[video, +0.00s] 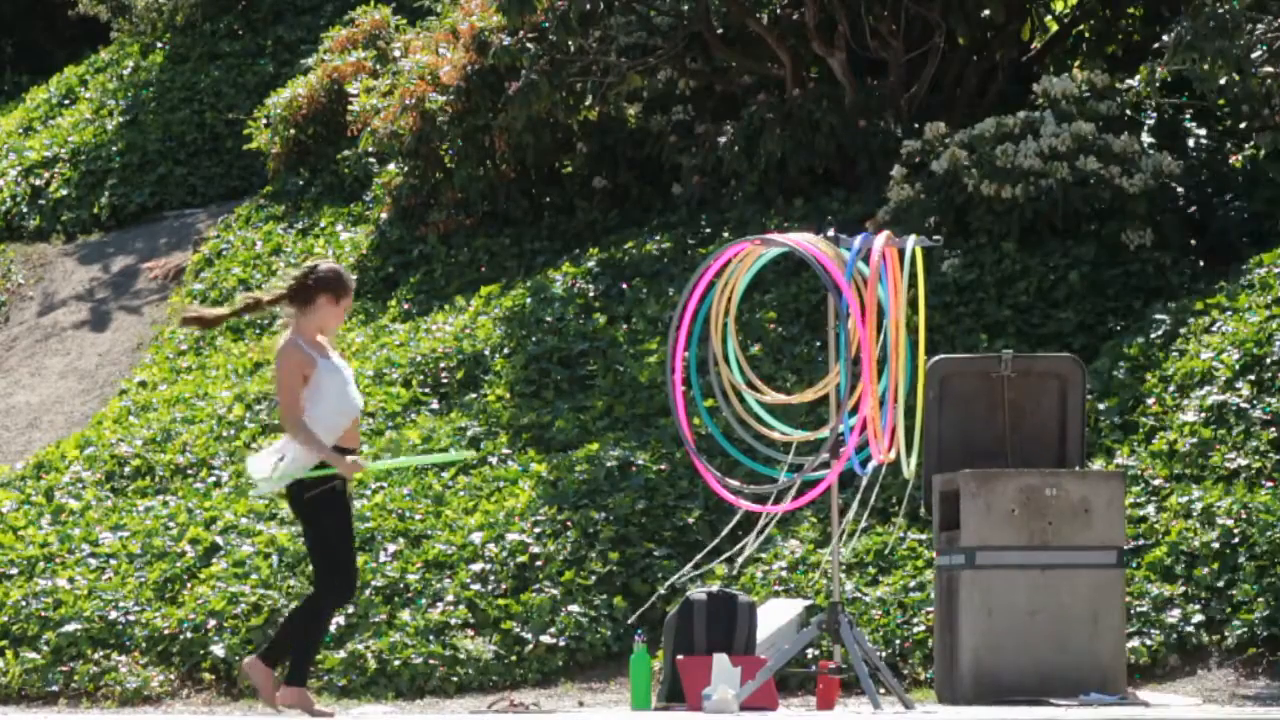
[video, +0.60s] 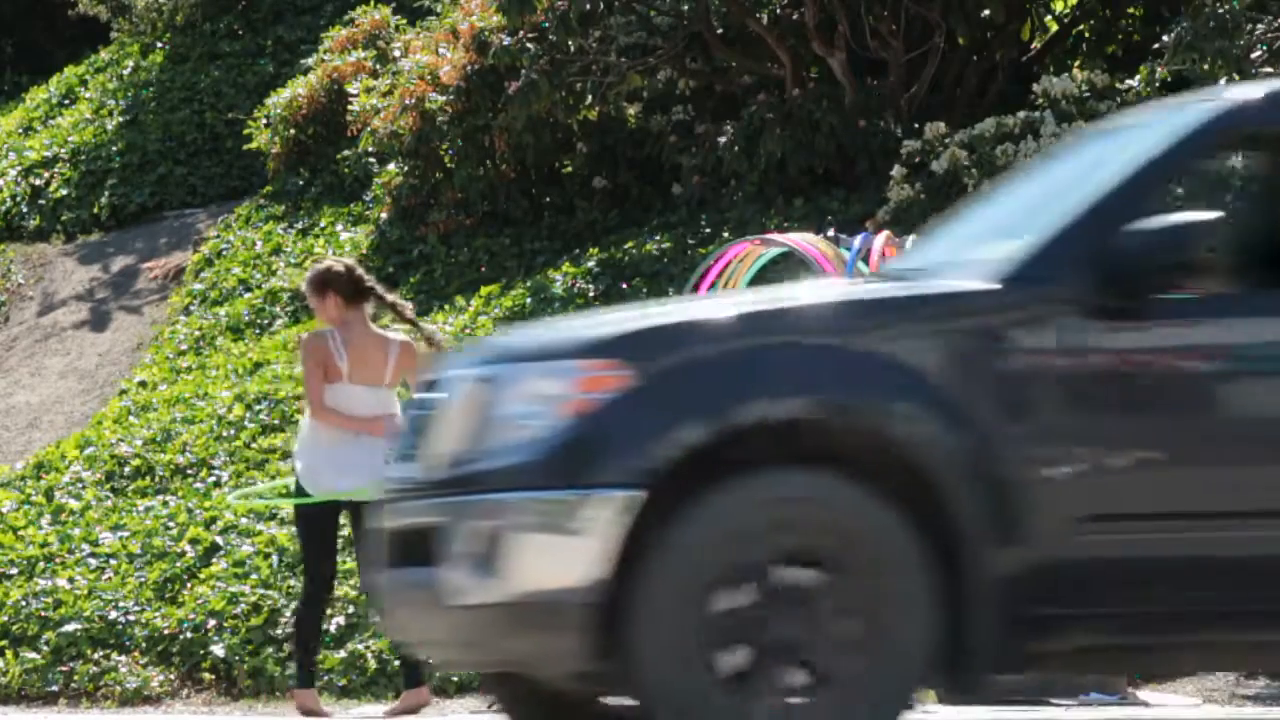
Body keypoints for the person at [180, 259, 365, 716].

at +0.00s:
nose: (346, 314)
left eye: (347, 306)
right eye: (343, 305)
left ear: (322, 303)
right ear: (320, 301)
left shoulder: (320, 345)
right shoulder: (294, 351)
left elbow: (321, 410)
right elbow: (290, 419)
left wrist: (347, 449)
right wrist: (333, 458)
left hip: (329, 476)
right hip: (312, 479)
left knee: (336, 583)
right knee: (337, 583)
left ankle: (294, 684)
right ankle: (265, 663)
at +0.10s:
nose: (349, 311)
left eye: (350, 302)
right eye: (346, 302)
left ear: (315, 301)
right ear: (327, 301)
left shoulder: (296, 347)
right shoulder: (313, 351)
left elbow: (281, 415)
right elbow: (324, 420)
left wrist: (329, 429)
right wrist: (374, 457)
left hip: (308, 480)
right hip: (325, 481)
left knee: (332, 577)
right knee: (351, 580)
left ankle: (295, 674)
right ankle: (292, 668)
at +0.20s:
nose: (351, 308)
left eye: (351, 299)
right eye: (350, 299)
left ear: (315, 298)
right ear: (339, 299)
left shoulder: (293, 347)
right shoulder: (333, 348)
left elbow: (271, 411)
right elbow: (358, 420)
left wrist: (315, 422)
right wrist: (413, 457)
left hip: (301, 484)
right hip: (342, 481)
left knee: (322, 581)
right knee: (356, 579)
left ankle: (293, 684)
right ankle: (334, 669)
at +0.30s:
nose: (353, 302)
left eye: (350, 297)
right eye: (352, 296)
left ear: (308, 300)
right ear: (346, 300)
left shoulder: (291, 347)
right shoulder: (360, 350)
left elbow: (270, 412)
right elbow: (389, 418)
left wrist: (329, 421)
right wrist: (435, 454)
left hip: (299, 480)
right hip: (351, 479)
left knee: (317, 580)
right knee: (359, 584)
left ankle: (293, 683)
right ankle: (377, 677)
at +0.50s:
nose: (309, 307)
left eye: (310, 299)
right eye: (309, 299)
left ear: (324, 298)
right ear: (353, 295)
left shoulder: (306, 343)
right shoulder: (393, 344)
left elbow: (296, 410)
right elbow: (426, 410)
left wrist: (362, 422)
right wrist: (447, 454)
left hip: (312, 468)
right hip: (369, 470)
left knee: (314, 580)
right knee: (378, 585)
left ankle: (293, 684)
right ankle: (419, 682)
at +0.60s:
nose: (313, 310)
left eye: (314, 301)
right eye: (312, 301)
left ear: (333, 298)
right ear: (357, 296)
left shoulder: (317, 343)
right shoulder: (400, 347)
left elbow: (316, 408)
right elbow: (428, 407)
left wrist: (370, 425)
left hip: (319, 471)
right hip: (374, 473)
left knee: (317, 582)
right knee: (383, 579)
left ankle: (303, 686)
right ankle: (415, 683)